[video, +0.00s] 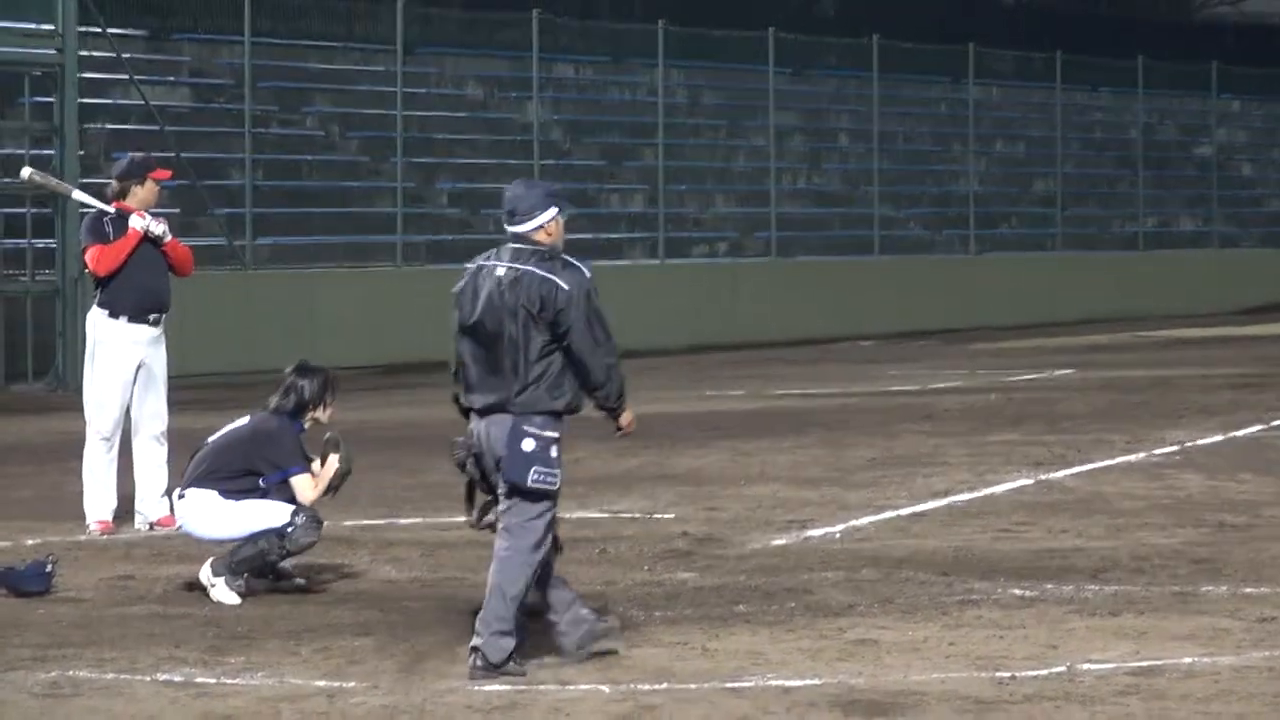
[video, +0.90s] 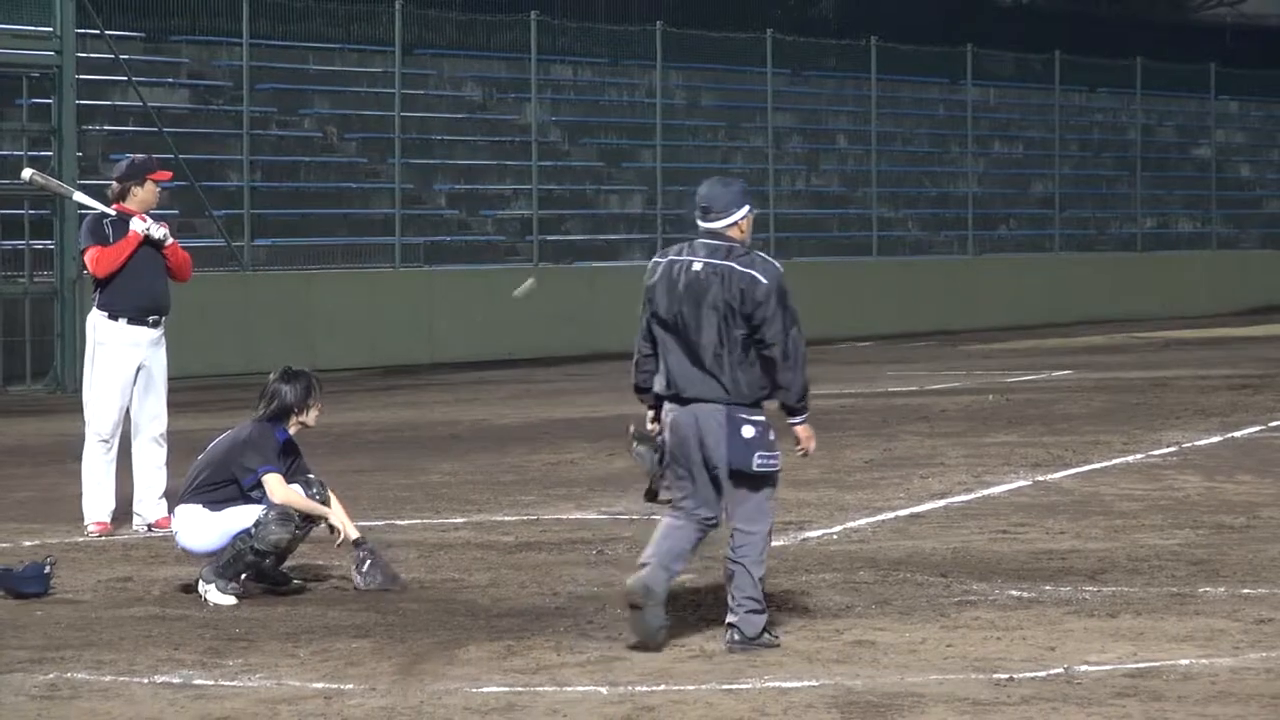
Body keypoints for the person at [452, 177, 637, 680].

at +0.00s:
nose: (564, 226)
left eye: (560, 218)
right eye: (558, 219)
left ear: (517, 227)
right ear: (542, 227)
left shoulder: (476, 273)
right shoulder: (563, 278)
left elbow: (464, 354)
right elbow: (591, 352)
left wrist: (472, 409)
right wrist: (617, 405)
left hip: (485, 422)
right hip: (532, 424)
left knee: (529, 530)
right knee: (520, 537)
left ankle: (575, 628)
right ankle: (491, 650)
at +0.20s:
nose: (597, 232)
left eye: (593, 224)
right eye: (592, 225)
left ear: (548, 231)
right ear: (579, 230)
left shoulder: (515, 280)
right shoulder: (598, 279)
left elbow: (505, 363)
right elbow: (620, 358)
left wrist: (509, 430)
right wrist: (635, 428)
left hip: (530, 426)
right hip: (576, 426)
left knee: (578, 526)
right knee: (580, 528)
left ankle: (595, 635)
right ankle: (511, 626)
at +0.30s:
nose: (618, 224)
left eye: (614, 216)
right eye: (614, 218)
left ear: (569, 224)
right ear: (604, 224)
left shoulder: (536, 273)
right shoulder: (620, 273)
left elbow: (525, 356)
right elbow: (637, 355)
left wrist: (531, 423)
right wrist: (648, 424)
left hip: (551, 422)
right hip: (602, 423)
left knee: (583, 531)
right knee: (628, 525)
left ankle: (596, 634)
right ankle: (560, 606)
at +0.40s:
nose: (635, 220)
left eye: (632, 212)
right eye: (631, 214)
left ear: (586, 219)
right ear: (620, 219)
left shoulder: (553, 267)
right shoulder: (637, 268)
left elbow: (542, 350)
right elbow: (648, 349)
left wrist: (548, 412)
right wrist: (659, 415)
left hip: (569, 418)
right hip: (621, 417)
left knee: (590, 523)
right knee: (658, 508)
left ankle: (589, 626)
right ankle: (615, 609)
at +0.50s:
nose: (658, 222)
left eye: (654, 215)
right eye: (654, 216)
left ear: (610, 220)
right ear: (643, 221)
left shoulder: (573, 269)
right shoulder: (660, 270)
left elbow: (564, 353)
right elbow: (668, 352)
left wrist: (569, 413)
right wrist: (678, 417)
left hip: (589, 417)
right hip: (644, 418)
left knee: (598, 527)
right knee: (681, 518)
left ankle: (593, 634)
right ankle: (685, 630)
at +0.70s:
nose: (707, 230)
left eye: (703, 223)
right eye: (703, 224)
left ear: (658, 227)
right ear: (692, 229)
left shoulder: (621, 273)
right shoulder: (709, 279)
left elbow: (608, 354)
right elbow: (722, 359)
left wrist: (612, 412)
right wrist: (733, 427)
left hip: (633, 419)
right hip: (693, 422)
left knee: (624, 525)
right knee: (721, 527)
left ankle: (598, 628)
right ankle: (744, 627)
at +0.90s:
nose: (750, 224)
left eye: (747, 217)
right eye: (748, 218)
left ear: (702, 220)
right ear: (738, 223)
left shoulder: (664, 265)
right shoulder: (759, 272)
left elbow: (648, 340)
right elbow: (783, 349)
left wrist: (650, 400)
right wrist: (798, 415)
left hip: (679, 411)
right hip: (738, 414)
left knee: (693, 508)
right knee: (751, 518)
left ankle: (652, 577)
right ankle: (746, 624)